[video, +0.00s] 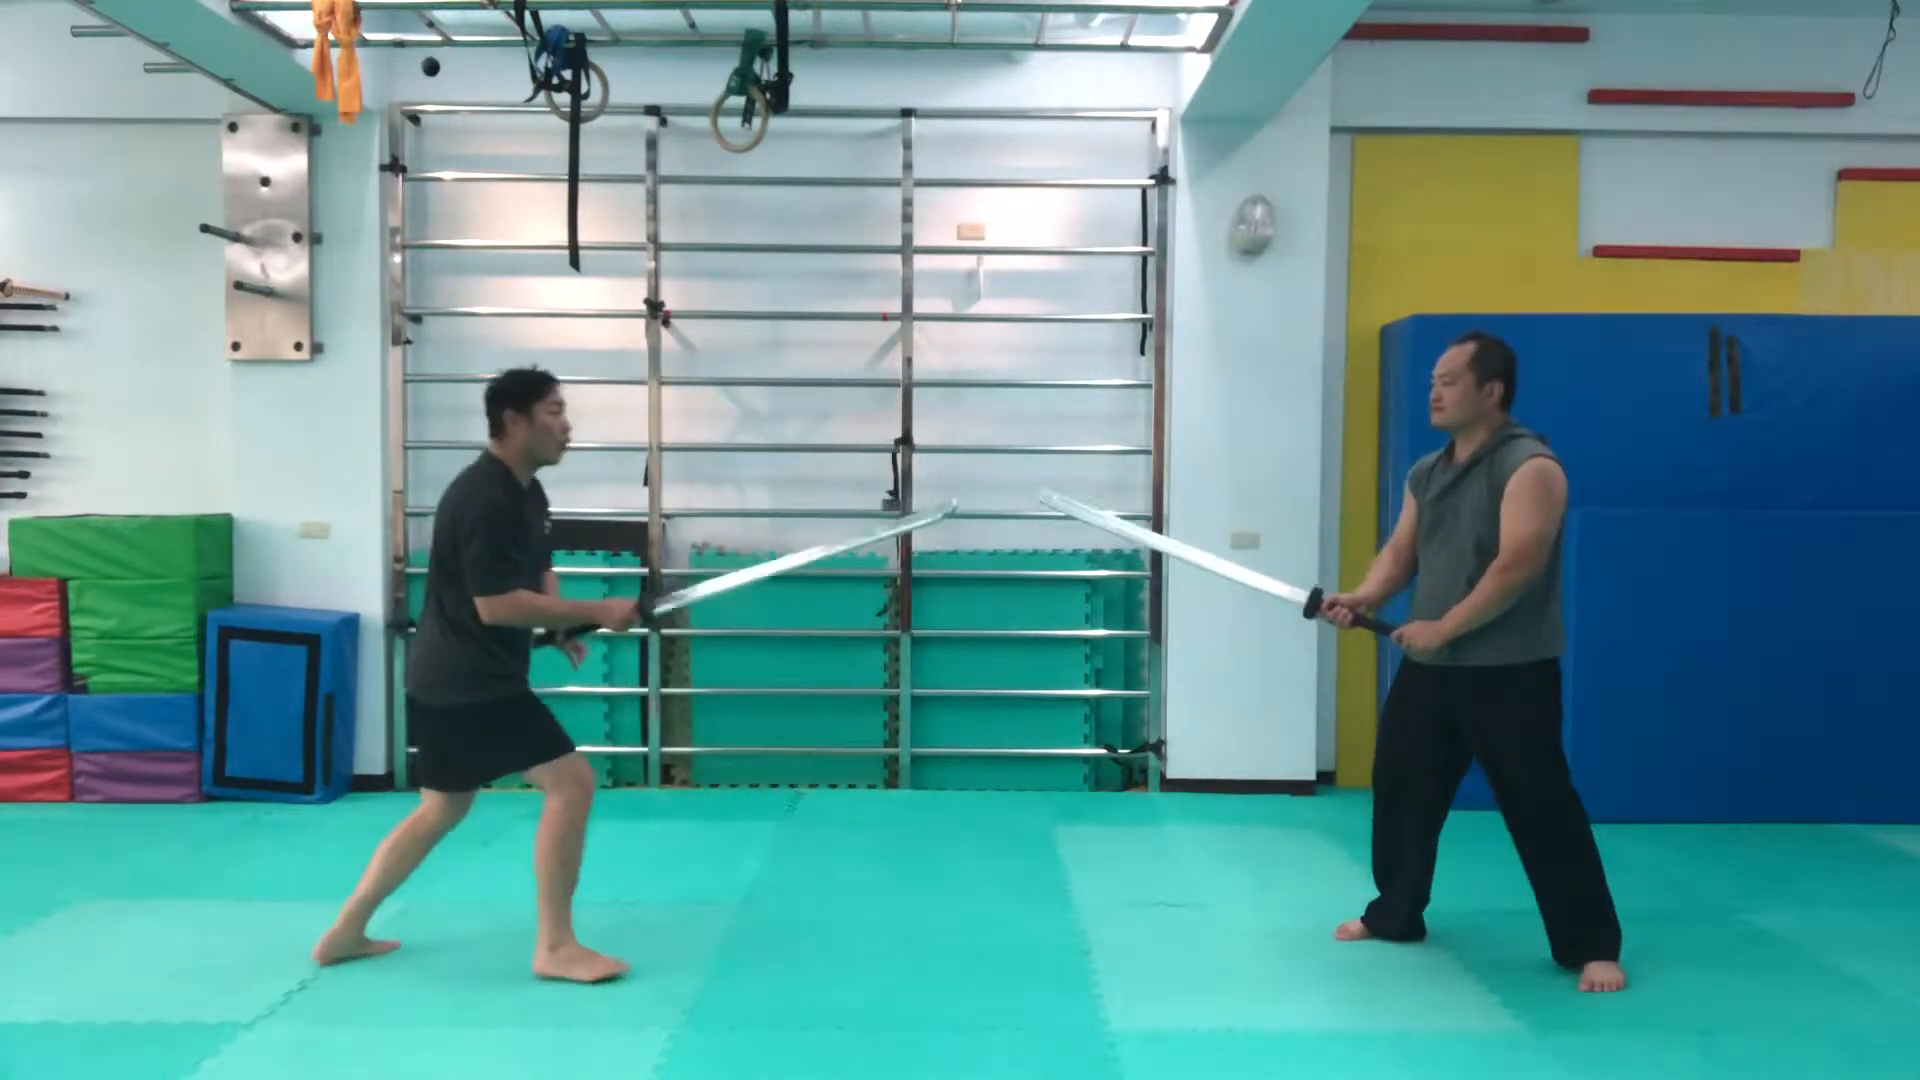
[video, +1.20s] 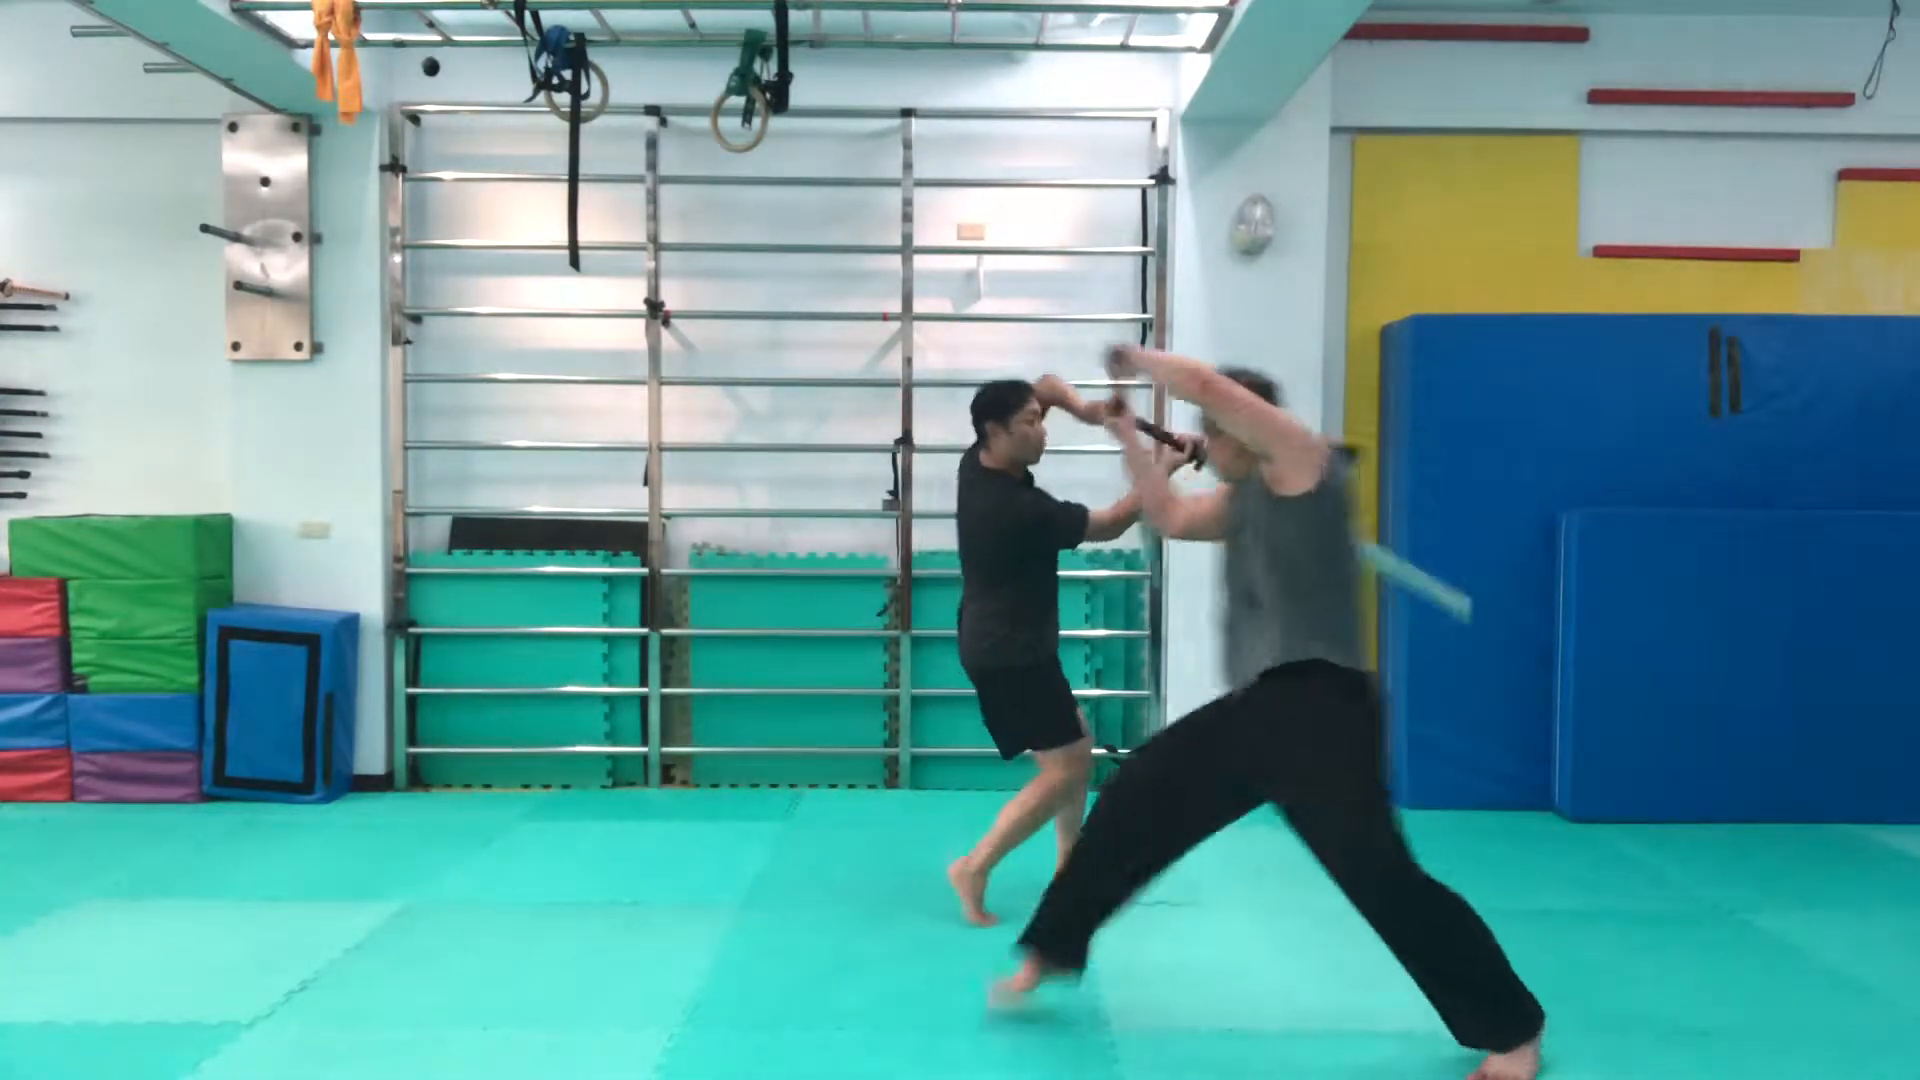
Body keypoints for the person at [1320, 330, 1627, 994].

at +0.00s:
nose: (1434, 393)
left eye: (1447, 383)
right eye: (1434, 382)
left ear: (1491, 392)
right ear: (1448, 392)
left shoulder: (1532, 469)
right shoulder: (1428, 474)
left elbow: (1518, 566)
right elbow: (1399, 553)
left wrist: (1442, 627)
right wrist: (1363, 597)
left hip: (1511, 675)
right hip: (1430, 671)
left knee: (1543, 808)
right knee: (1403, 789)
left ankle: (1594, 950)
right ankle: (1396, 916)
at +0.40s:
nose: (1372, 425)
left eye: (1385, 413)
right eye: (1371, 413)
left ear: (1429, 419)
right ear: (1377, 420)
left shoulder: (1481, 481)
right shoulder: (1366, 496)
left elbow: (1428, 555)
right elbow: (1305, 546)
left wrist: (1339, 587)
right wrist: (1251, 554)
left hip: (1487, 686)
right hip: (1399, 687)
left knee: (1497, 815)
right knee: (1378, 797)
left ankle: (1533, 942)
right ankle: (1391, 915)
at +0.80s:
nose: (1325, 466)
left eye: (1328, 453)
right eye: (1320, 455)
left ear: (1371, 439)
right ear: (1350, 450)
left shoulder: (1439, 454)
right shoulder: (1369, 502)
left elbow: (1340, 483)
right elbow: (1348, 578)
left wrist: (1264, 527)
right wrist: (1269, 581)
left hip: (1470, 684)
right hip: (1397, 683)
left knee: (1471, 868)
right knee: (1311, 768)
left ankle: (1528, 1043)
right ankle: (1442, 845)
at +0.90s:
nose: (1296, 471)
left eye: (1300, 455)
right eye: (1293, 458)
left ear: (1330, 439)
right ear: (1322, 445)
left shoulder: (1402, 461)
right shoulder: (1352, 506)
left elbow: (1283, 442)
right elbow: (1314, 561)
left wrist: (1226, 449)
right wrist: (1247, 509)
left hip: (1459, 691)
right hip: (1391, 687)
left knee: (1461, 865)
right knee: (1278, 686)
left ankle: (1526, 1041)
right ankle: (1356, 823)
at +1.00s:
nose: (1276, 471)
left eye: (1279, 459)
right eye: (1272, 460)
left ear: (1315, 439)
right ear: (1300, 444)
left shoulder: (1380, 468)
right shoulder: (1330, 503)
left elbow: (1262, 409)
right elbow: (1267, 530)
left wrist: (1204, 395)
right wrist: (1217, 456)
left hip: (1423, 703)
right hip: (1358, 697)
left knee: (1431, 889)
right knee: (1241, 677)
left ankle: (1525, 1043)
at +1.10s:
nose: (1249, 456)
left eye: (1253, 440)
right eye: (1246, 441)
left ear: (1291, 427)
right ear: (1277, 438)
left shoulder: (1353, 462)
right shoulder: (1300, 497)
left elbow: (1241, 389)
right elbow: (1231, 521)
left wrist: (1177, 377)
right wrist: (1185, 455)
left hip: (1377, 711)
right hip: (1312, 709)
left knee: (1405, 881)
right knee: (1181, 725)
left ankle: (1518, 1037)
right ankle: (1123, 876)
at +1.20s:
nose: (1204, 450)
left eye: (1210, 434)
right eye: (1201, 439)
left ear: (1244, 422)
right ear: (1239, 428)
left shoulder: (1303, 457)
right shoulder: (1241, 499)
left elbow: (1211, 386)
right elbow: (1166, 513)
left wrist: (1135, 355)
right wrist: (1127, 432)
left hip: (1320, 705)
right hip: (1259, 710)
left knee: (1378, 875)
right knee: (1137, 800)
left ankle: (1513, 1027)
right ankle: (1051, 949)